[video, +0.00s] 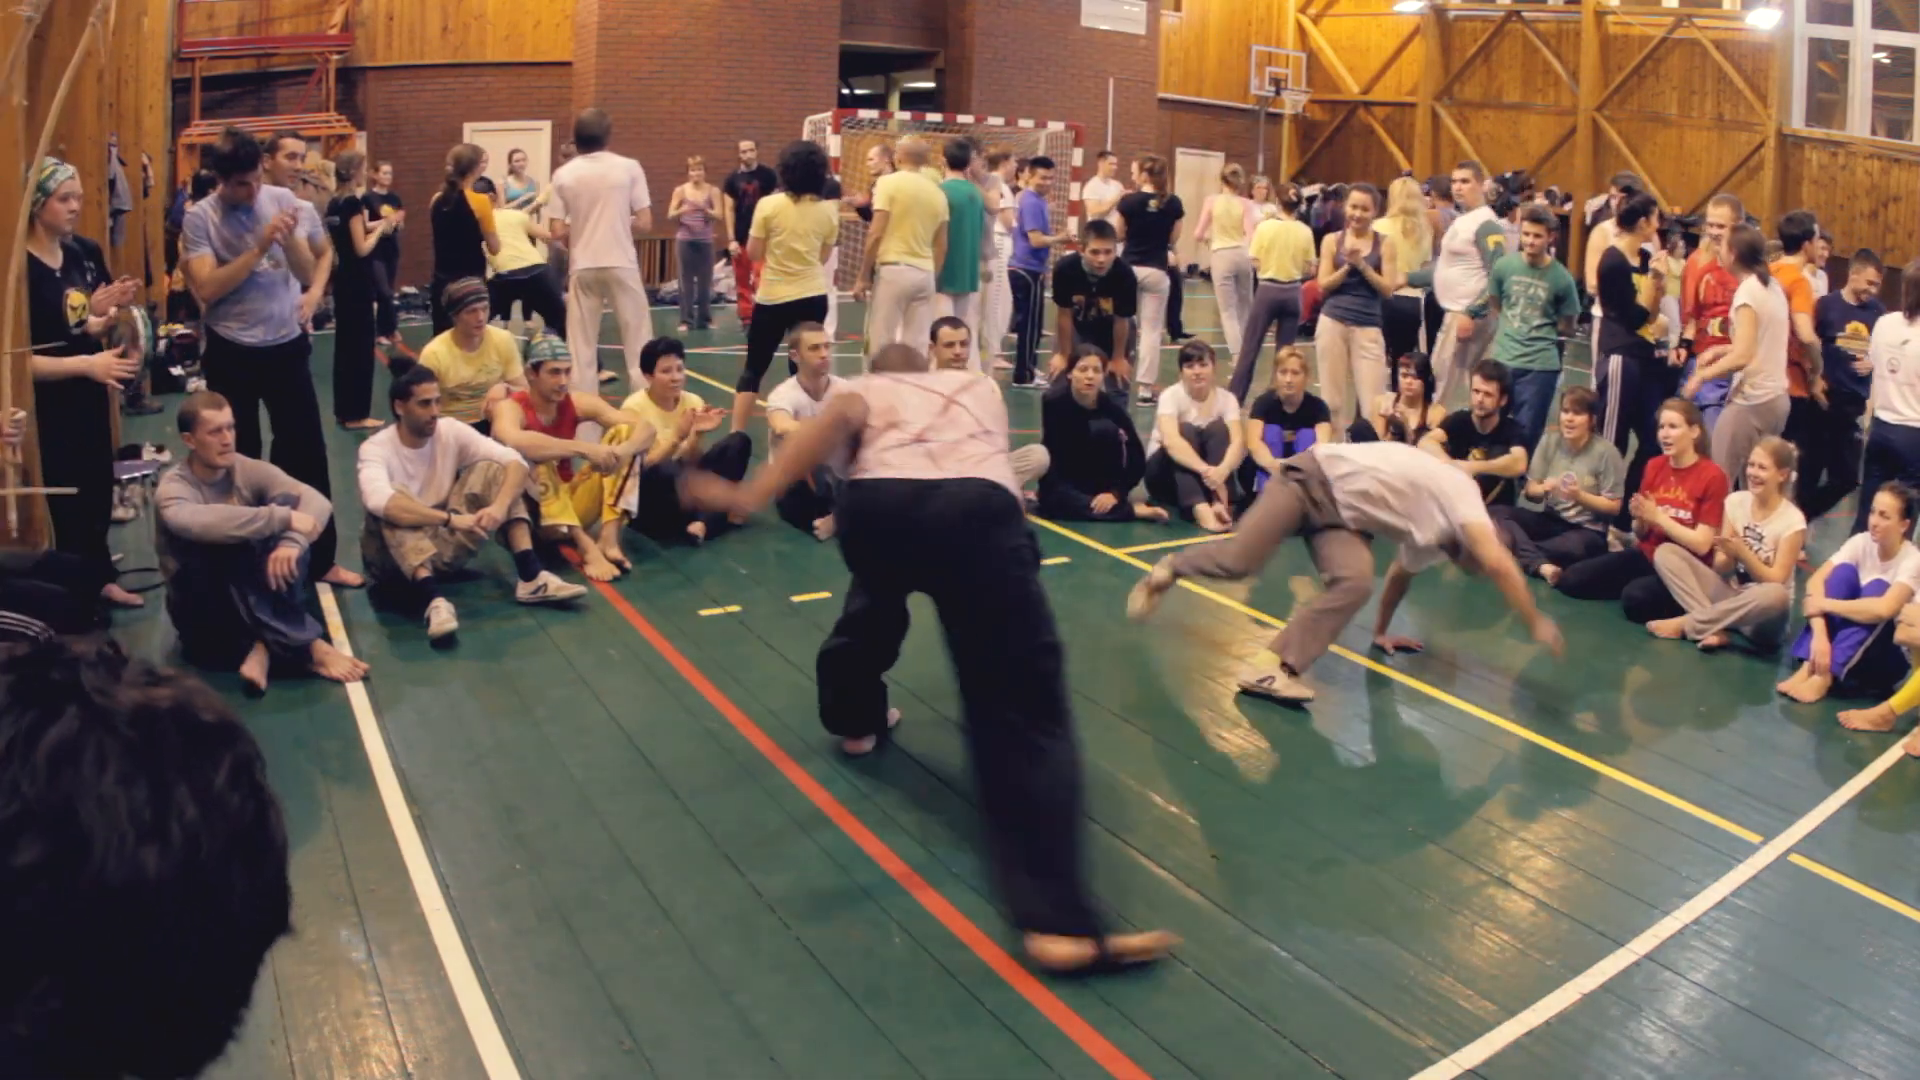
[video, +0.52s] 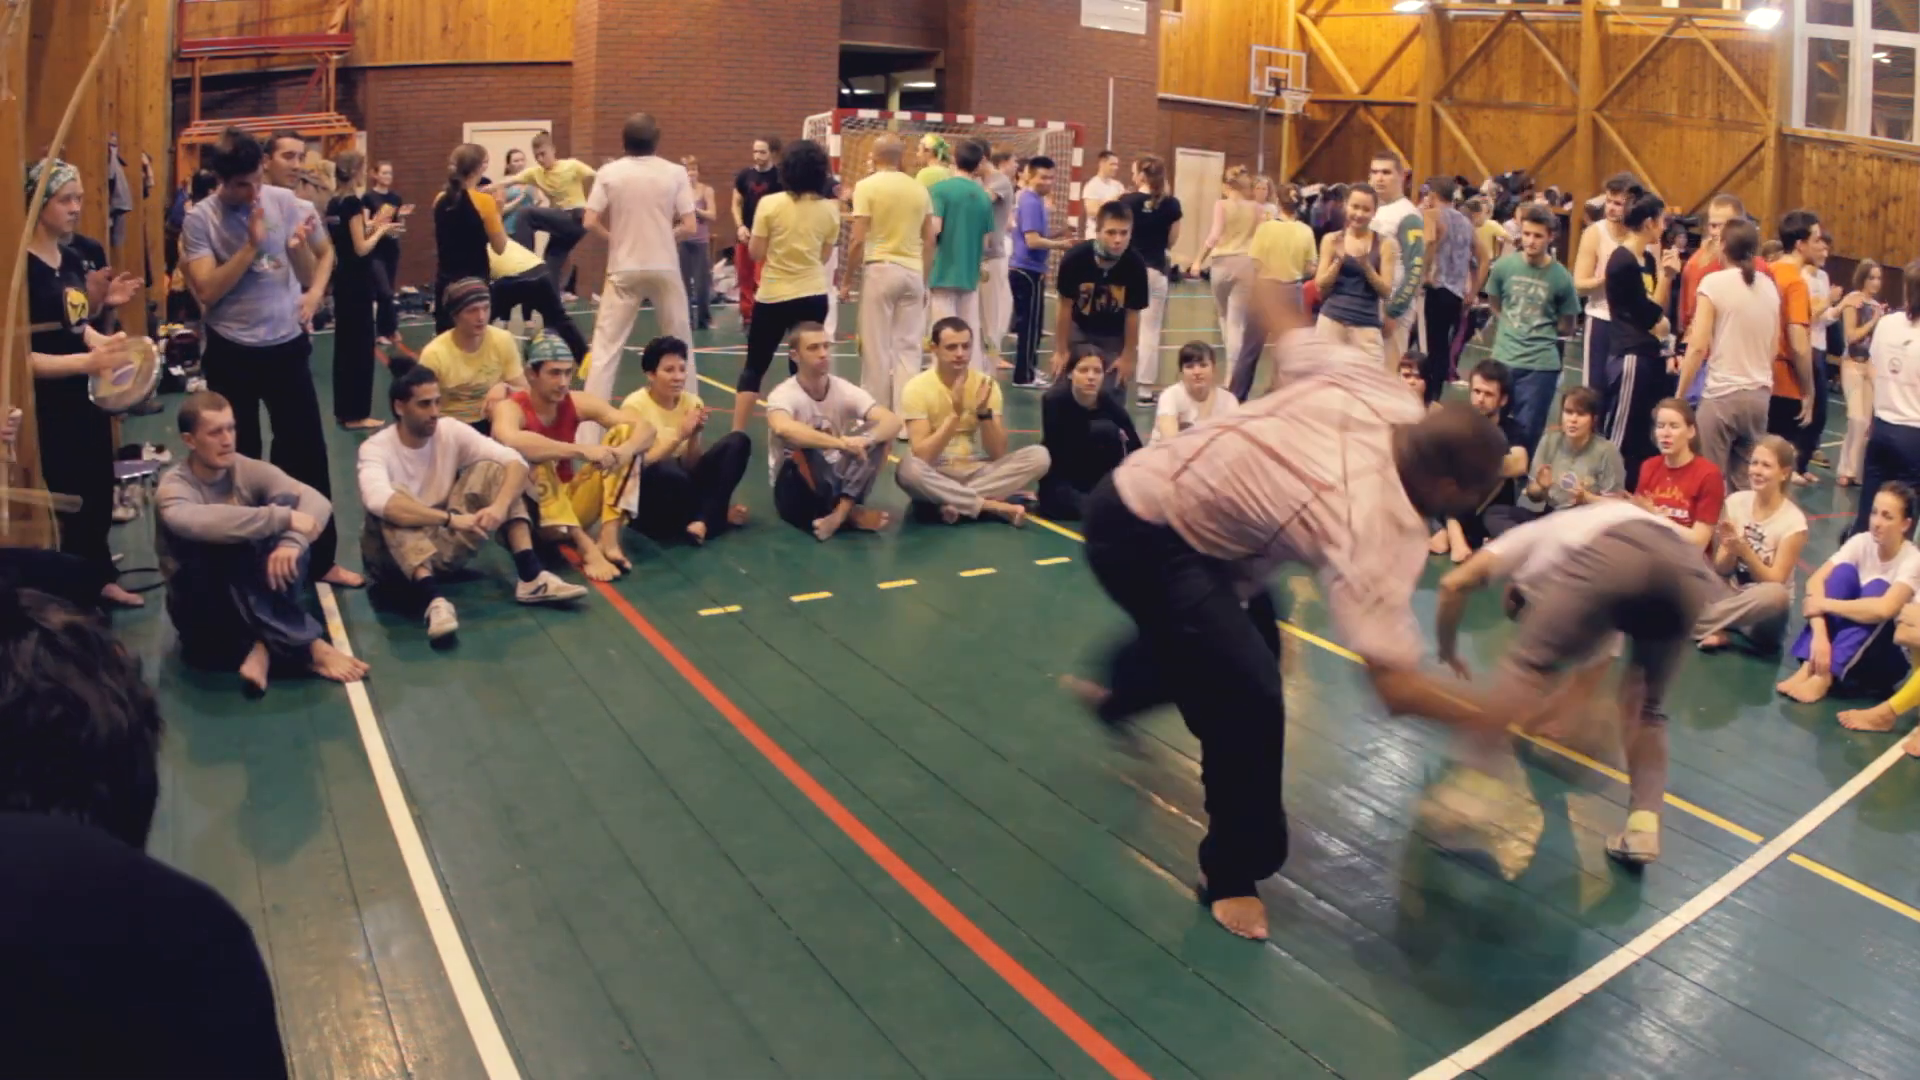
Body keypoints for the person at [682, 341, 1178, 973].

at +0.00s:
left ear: (876, 374)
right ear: (932, 367)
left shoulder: (860, 388)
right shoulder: (977, 387)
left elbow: (814, 438)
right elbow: (991, 462)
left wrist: (747, 496)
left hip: (877, 510)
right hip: (976, 519)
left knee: (872, 599)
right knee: (1021, 706)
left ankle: (853, 722)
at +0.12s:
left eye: (942, 369)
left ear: (944, 380)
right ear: (1010, 374)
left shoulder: (920, 393)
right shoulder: (1049, 395)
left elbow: (880, 437)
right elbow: (1052, 460)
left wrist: (850, 524)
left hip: (922, 503)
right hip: (1028, 513)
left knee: (906, 597)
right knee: (1114, 704)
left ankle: (861, 725)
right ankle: (1172, 906)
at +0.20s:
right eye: (1129, 362)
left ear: (1048, 354)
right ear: (1115, 360)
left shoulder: (995, 374)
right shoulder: (1125, 387)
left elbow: (915, 435)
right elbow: (1111, 501)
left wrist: (921, 522)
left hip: (950, 504)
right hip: (1048, 524)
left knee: (928, 606)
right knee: (1168, 696)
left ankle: (869, 729)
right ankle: (1173, 898)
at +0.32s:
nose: (1295, 374)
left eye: (1296, 364)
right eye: (1294, 363)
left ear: (1228, 333)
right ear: (1278, 354)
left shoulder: (1137, 354)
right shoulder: (1267, 389)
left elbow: (1016, 401)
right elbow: (1277, 473)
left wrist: (922, 490)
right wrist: (1314, 452)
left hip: (989, 511)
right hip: (1066, 548)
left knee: (989, 607)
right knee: (1228, 670)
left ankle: (879, 719)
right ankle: (1214, 869)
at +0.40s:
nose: (1391, 401)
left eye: (1393, 387)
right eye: (1390, 387)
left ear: (1324, 357)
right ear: (1367, 384)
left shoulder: (1240, 359)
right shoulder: (1343, 433)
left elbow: (1111, 377)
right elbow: (1399, 531)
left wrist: (1003, 389)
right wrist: (1386, 465)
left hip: (1048, 507)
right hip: (1096, 563)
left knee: (1068, 612)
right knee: (1228, 696)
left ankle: (926, 683)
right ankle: (1227, 878)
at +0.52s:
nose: (1474, 503)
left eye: (1481, 492)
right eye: (1475, 492)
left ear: (1430, 413)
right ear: (1446, 487)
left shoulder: (1381, 388)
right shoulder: (1380, 527)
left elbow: (1283, 326)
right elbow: (1398, 690)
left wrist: (1255, 278)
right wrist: (1501, 714)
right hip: (1143, 528)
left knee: (1252, 647)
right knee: (1248, 696)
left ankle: (1114, 690)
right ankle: (1230, 877)